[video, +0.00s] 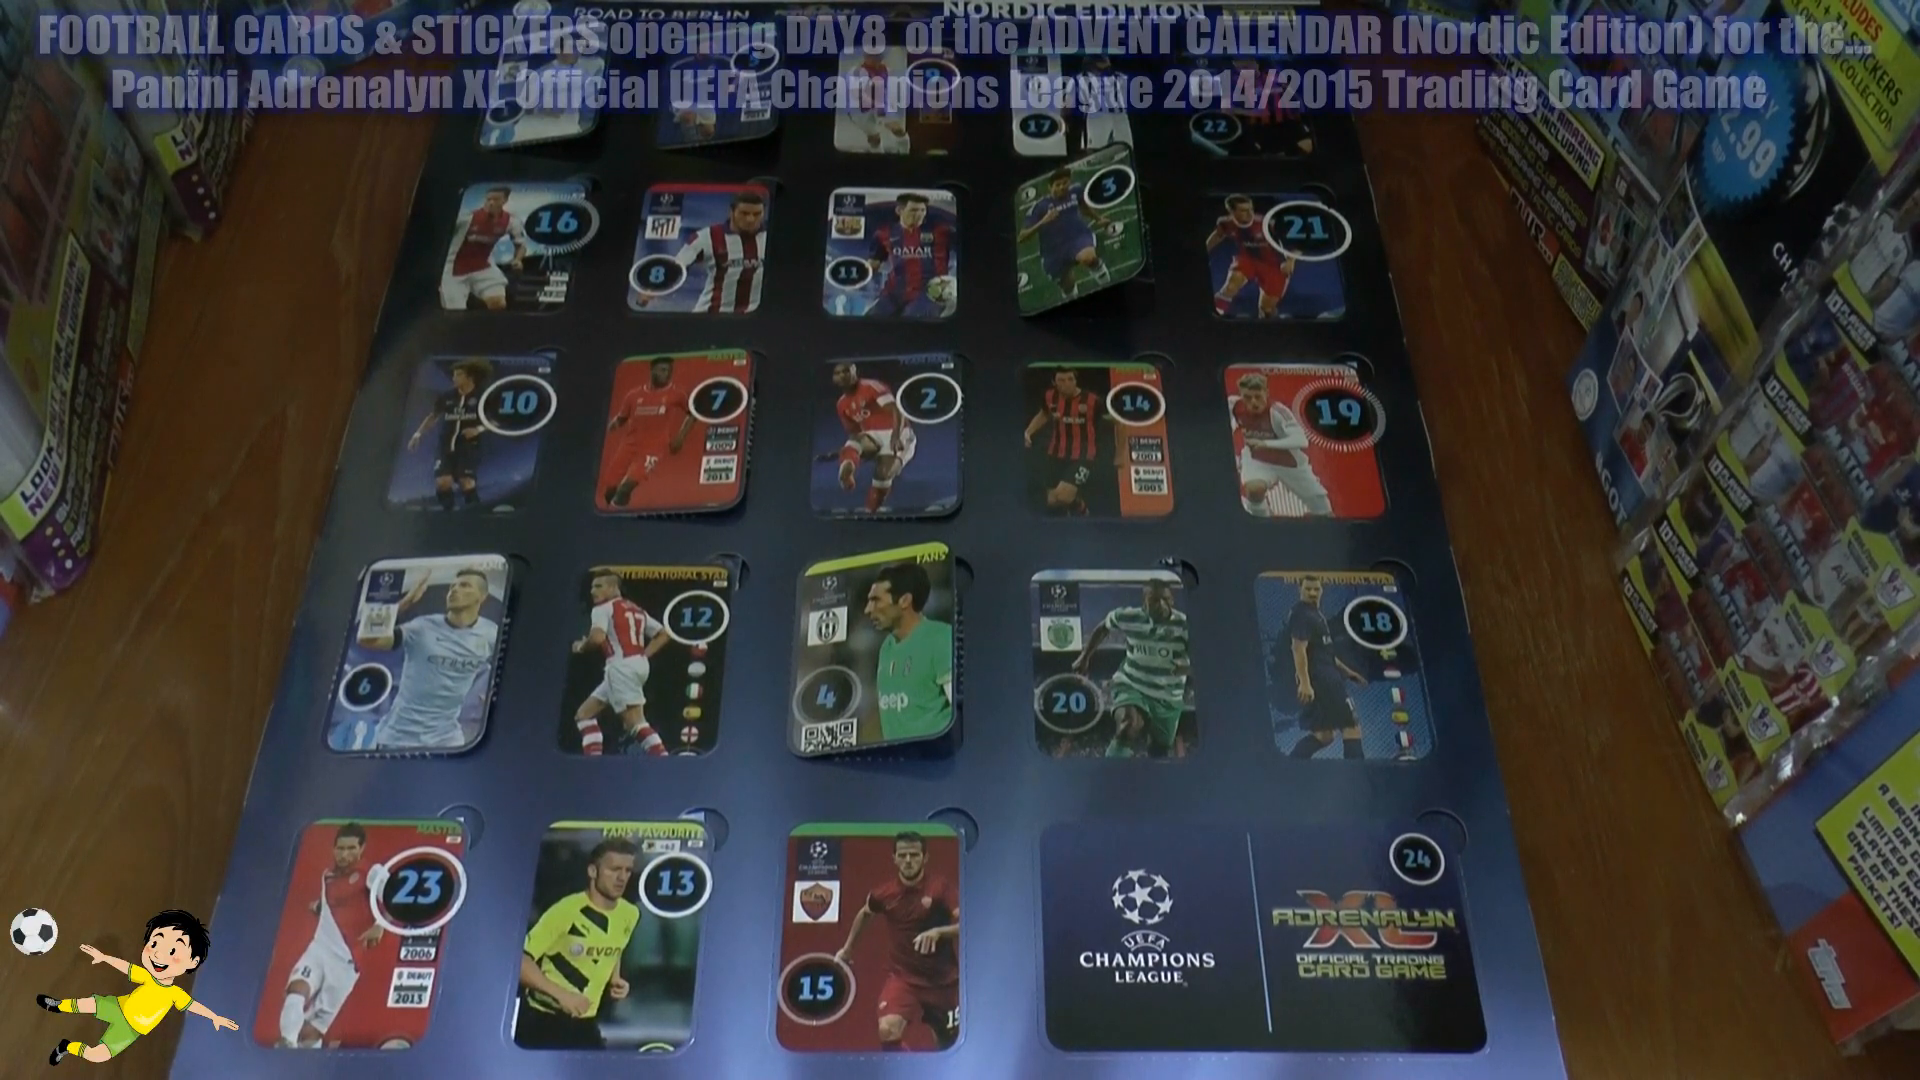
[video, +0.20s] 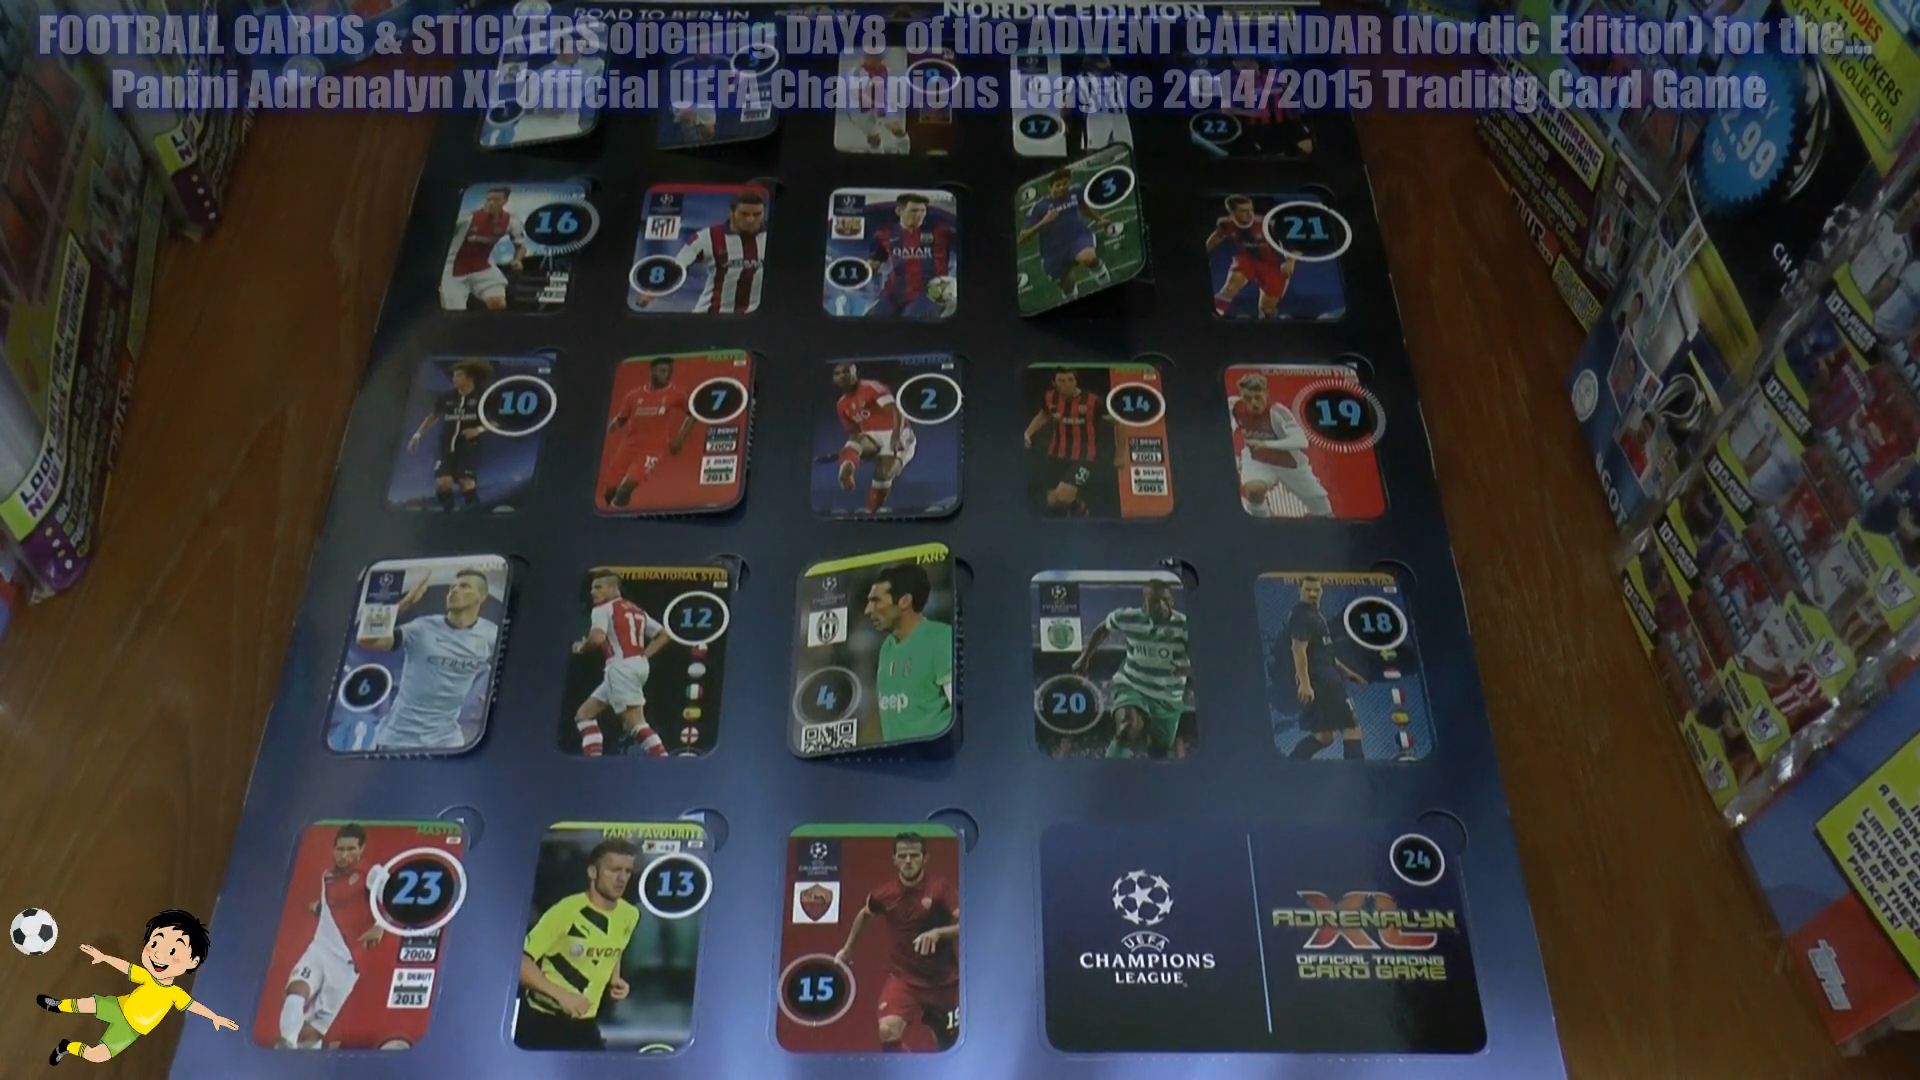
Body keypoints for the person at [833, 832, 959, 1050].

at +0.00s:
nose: (908, 861)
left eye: (914, 855)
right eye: (902, 856)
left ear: (924, 858)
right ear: (894, 859)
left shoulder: (940, 888)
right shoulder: (882, 894)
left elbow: (965, 925)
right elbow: (864, 914)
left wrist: (938, 932)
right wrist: (847, 948)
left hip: (942, 982)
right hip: (902, 978)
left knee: (951, 1048)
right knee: (888, 1031)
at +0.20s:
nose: (908, 862)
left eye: (914, 856)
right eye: (902, 856)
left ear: (924, 858)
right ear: (894, 860)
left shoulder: (940, 889)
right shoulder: (883, 895)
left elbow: (965, 925)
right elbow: (864, 915)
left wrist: (938, 932)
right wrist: (847, 949)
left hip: (943, 983)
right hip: (903, 979)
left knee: (951, 1049)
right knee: (888, 1031)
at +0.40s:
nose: (908, 863)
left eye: (914, 857)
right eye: (902, 857)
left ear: (924, 859)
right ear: (894, 861)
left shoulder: (940, 889)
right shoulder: (883, 896)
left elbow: (965, 926)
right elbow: (864, 916)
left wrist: (938, 933)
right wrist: (847, 950)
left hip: (942, 984)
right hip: (902, 980)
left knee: (951, 1050)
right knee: (887, 1033)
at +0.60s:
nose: (908, 862)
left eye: (914, 857)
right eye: (902, 857)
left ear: (924, 859)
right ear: (894, 861)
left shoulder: (940, 890)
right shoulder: (882, 896)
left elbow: (965, 926)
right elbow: (864, 916)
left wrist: (938, 933)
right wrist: (847, 950)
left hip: (942, 983)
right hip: (903, 980)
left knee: (951, 1049)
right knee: (887, 1032)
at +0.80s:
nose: (908, 862)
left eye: (914, 856)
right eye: (902, 856)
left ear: (924, 859)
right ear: (894, 860)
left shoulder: (940, 889)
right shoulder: (882, 895)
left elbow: (965, 925)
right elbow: (864, 915)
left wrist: (938, 932)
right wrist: (847, 949)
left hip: (942, 983)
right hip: (903, 979)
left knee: (951, 1049)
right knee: (887, 1032)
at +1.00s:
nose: (908, 862)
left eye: (914, 856)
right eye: (902, 856)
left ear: (924, 858)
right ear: (894, 860)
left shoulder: (940, 889)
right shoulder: (883, 895)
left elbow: (965, 925)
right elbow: (864, 915)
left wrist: (938, 932)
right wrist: (847, 949)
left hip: (942, 982)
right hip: (903, 979)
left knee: (951, 1048)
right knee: (888, 1031)